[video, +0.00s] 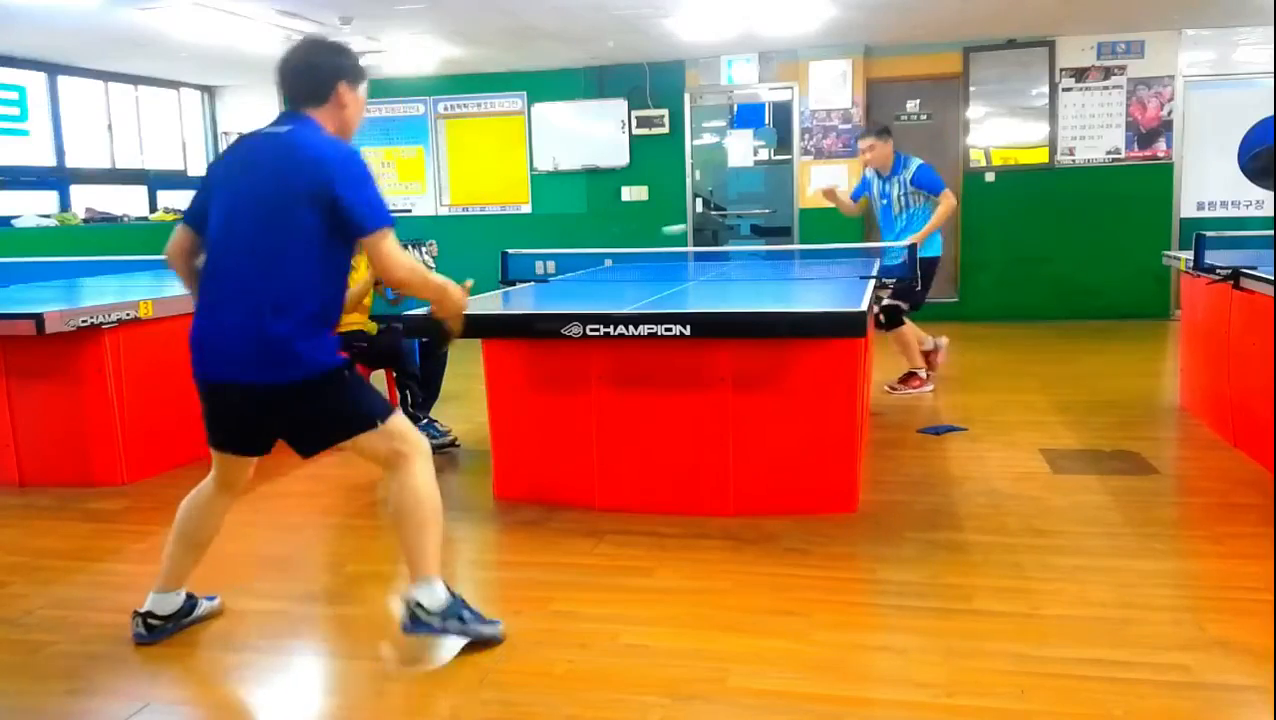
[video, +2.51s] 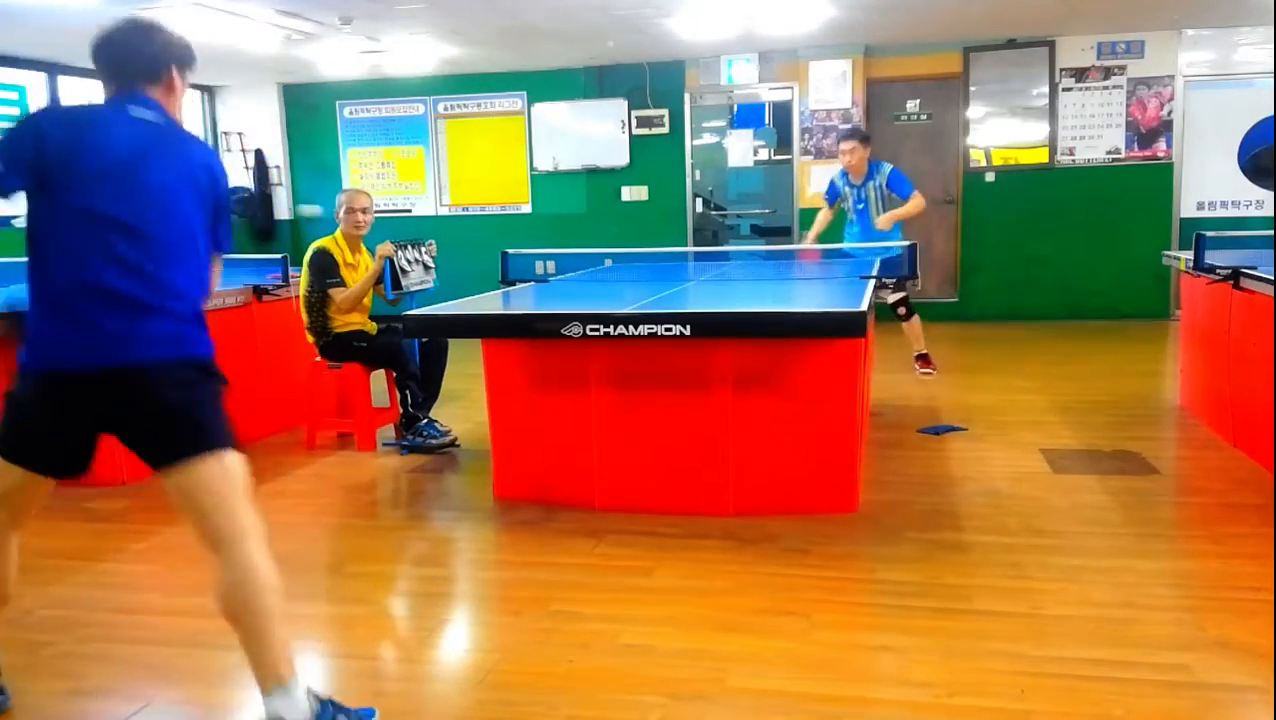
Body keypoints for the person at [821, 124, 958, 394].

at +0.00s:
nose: (865, 157)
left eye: (869, 150)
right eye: (861, 152)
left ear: (888, 145)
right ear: (861, 153)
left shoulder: (915, 169)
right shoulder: (871, 175)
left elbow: (949, 202)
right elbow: (853, 207)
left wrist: (923, 234)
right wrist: (835, 198)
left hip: (919, 253)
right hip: (891, 252)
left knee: (890, 309)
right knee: (878, 311)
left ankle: (918, 373)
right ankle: (929, 345)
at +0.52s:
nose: (827, 153)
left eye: (832, 146)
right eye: (824, 148)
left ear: (850, 142)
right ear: (825, 149)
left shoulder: (873, 167)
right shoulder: (841, 175)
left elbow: (896, 204)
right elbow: (847, 213)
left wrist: (860, 227)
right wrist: (827, 231)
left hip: (880, 259)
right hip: (851, 259)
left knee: (885, 315)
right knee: (847, 318)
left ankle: (919, 372)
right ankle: (846, 382)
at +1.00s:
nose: (837, 152)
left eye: (842, 145)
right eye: (832, 146)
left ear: (856, 140)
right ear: (827, 147)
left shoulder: (873, 154)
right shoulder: (826, 167)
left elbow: (898, 164)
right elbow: (822, 191)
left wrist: (916, 185)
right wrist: (834, 198)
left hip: (886, 246)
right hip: (849, 250)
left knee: (902, 305)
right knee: (850, 312)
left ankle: (918, 370)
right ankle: (849, 378)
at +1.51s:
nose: (797, 158)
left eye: (802, 151)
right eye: (792, 152)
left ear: (818, 148)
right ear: (789, 154)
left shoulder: (839, 171)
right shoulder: (794, 181)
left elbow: (864, 200)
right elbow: (795, 213)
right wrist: (789, 233)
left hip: (846, 257)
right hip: (813, 258)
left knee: (864, 309)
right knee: (814, 311)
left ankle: (885, 360)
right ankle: (818, 365)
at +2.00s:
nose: (823, 156)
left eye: (828, 149)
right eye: (818, 151)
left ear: (838, 147)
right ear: (811, 151)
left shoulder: (854, 163)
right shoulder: (806, 176)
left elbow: (880, 191)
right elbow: (811, 215)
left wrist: (863, 193)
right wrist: (829, 221)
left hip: (857, 250)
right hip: (820, 253)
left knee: (873, 302)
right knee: (822, 307)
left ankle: (886, 359)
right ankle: (824, 365)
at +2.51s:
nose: (847, 159)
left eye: (852, 152)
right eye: (842, 153)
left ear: (867, 150)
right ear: (838, 155)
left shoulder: (885, 173)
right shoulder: (839, 180)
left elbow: (919, 202)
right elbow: (827, 209)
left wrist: (892, 216)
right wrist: (812, 234)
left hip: (888, 253)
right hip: (853, 254)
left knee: (900, 305)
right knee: (849, 306)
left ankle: (921, 354)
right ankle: (848, 360)